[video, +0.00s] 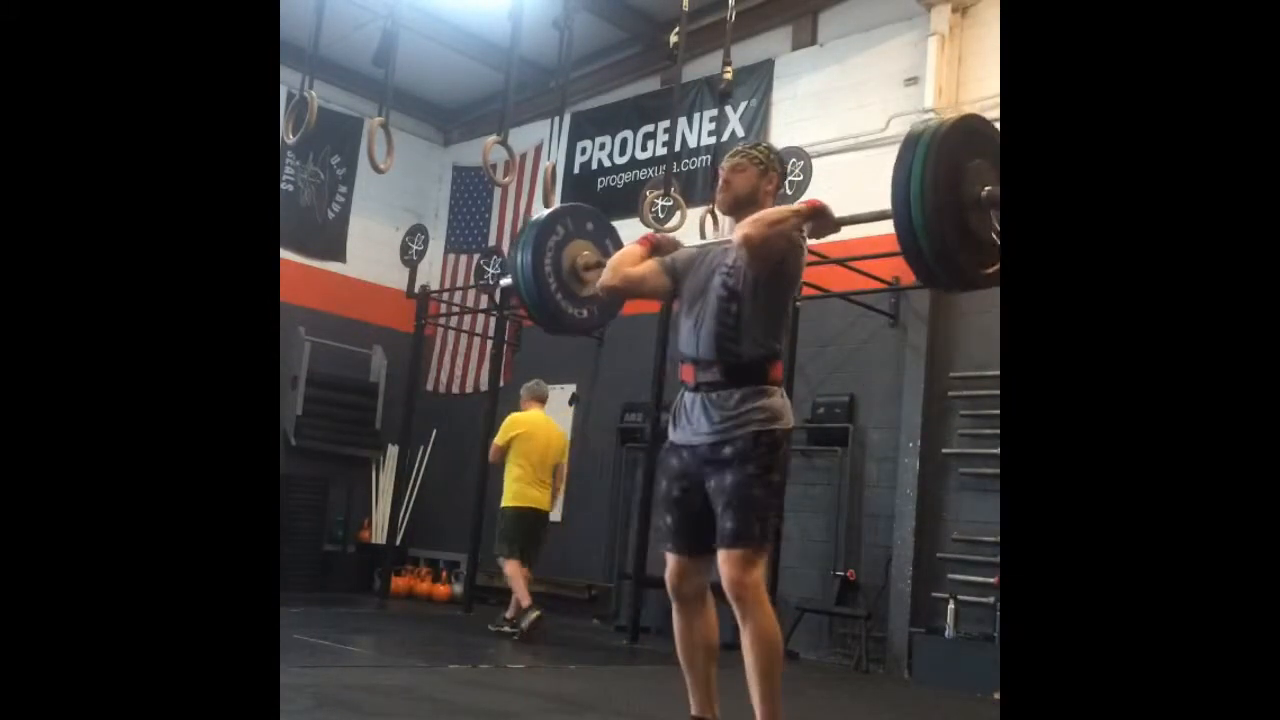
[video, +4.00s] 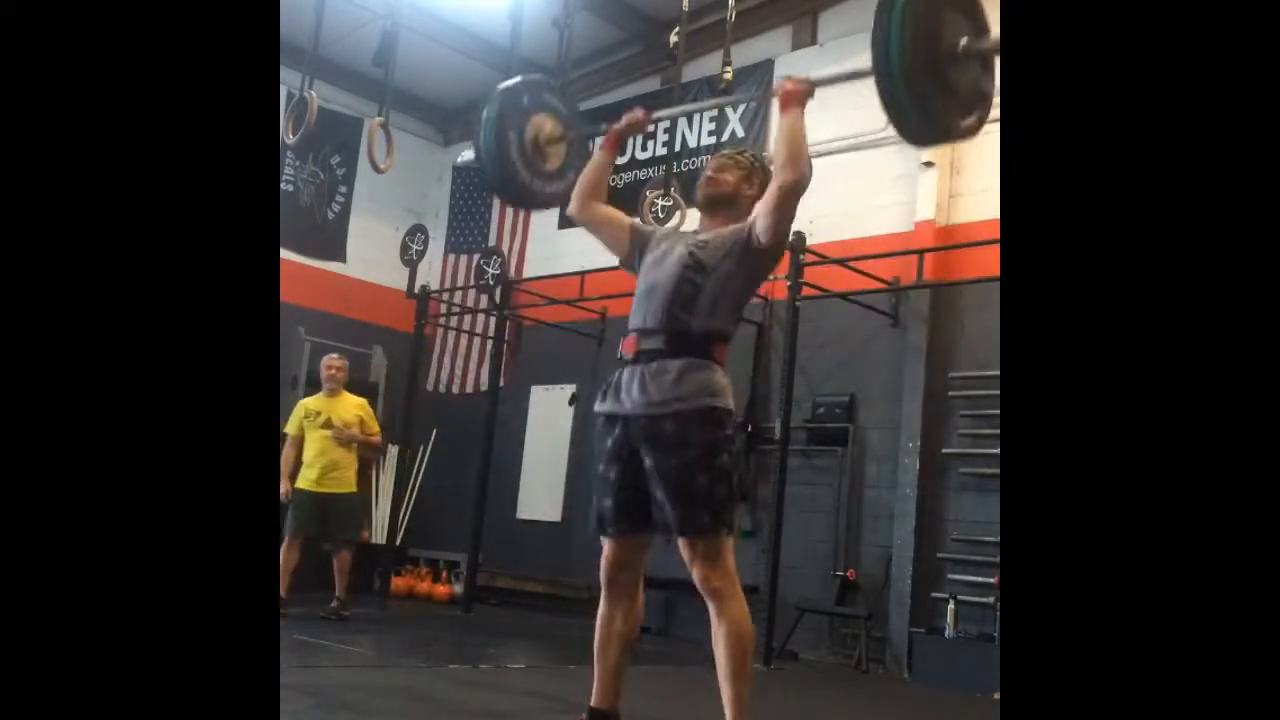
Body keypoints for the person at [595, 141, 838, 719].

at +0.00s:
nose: (724, 172)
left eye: (741, 164)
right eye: (722, 166)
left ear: (772, 184)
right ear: (718, 186)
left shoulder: (775, 242)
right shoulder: (694, 259)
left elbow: (748, 231)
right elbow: (611, 279)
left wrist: (806, 215)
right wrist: (642, 246)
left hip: (749, 417)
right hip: (688, 417)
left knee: (741, 579)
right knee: (684, 580)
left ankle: (767, 714)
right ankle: (703, 713)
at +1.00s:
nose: (687, 164)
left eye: (703, 155)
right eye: (688, 155)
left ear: (733, 172)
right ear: (684, 172)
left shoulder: (739, 236)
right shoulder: (656, 242)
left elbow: (706, 235)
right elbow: (562, 251)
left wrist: (759, 204)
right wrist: (616, 224)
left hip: (709, 415)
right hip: (644, 416)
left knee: (722, 578)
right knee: (626, 571)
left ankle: (737, 714)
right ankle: (604, 709)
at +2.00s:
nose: (687, 159)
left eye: (703, 150)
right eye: (688, 152)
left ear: (734, 169)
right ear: (684, 170)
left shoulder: (737, 232)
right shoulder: (654, 238)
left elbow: (703, 233)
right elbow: (556, 258)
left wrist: (760, 199)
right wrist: (604, 221)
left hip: (712, 414)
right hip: (645, 413)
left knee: (720, 580)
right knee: (613, 571)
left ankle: (735, 715)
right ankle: (602, 709)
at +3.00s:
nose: (655, 362)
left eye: (672, 356)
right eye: (653, 357)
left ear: (699, 381)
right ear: (645, 377)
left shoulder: (713, 451)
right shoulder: (619, 453)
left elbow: (676, 524)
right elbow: (540, 516)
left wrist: (720, 447)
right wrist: (559, 446)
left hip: (737, 590)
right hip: (657, 589)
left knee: (694, 598)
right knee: (554, 589)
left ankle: (725, 714)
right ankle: (595, 711)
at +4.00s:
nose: (712, 169)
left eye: (730, 167)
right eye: (710, 164)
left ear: (754, 190)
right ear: (700, 182)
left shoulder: (748, 242)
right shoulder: (655, 242)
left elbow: (792, 178)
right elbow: (584, 207)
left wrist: (790, 107)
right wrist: (613, 139)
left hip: (691, 406)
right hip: (625, 406)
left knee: (712, 575)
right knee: (617, 569)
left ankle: (735, 713)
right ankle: (602, 708)